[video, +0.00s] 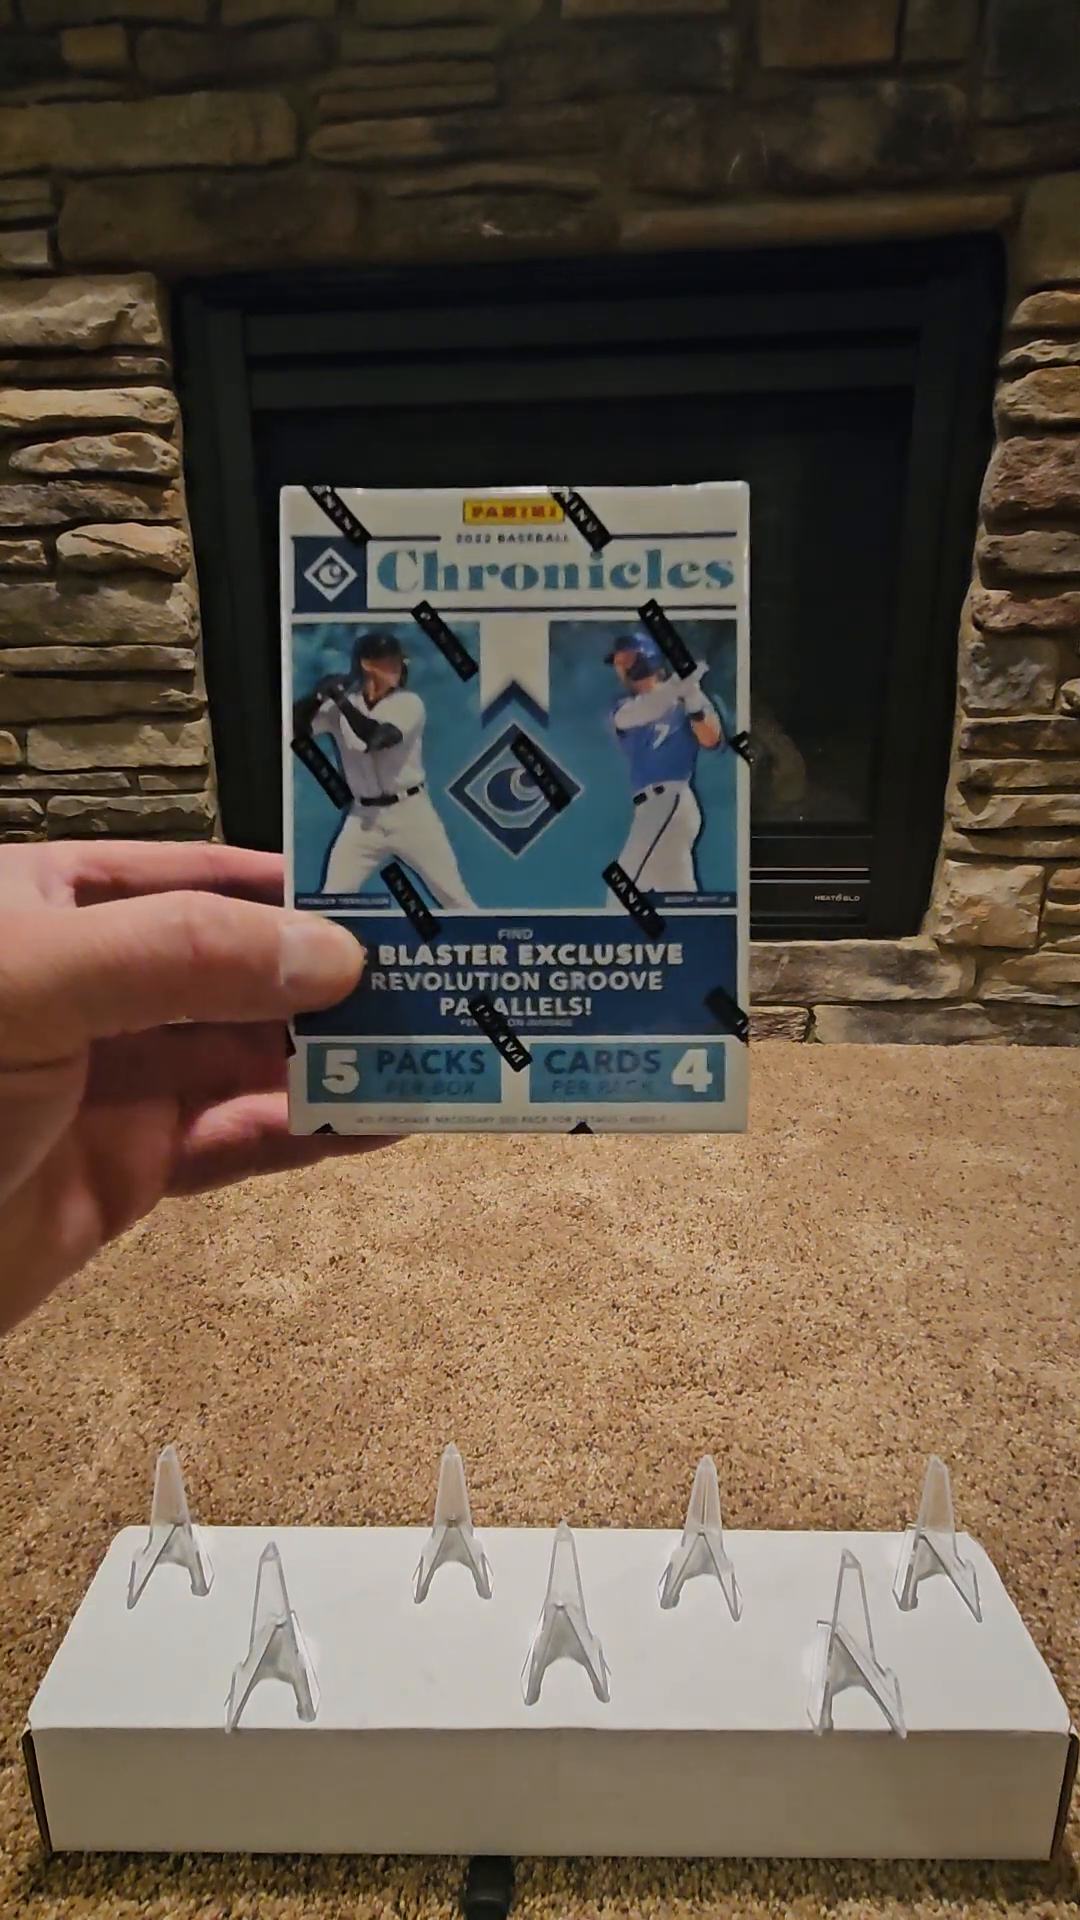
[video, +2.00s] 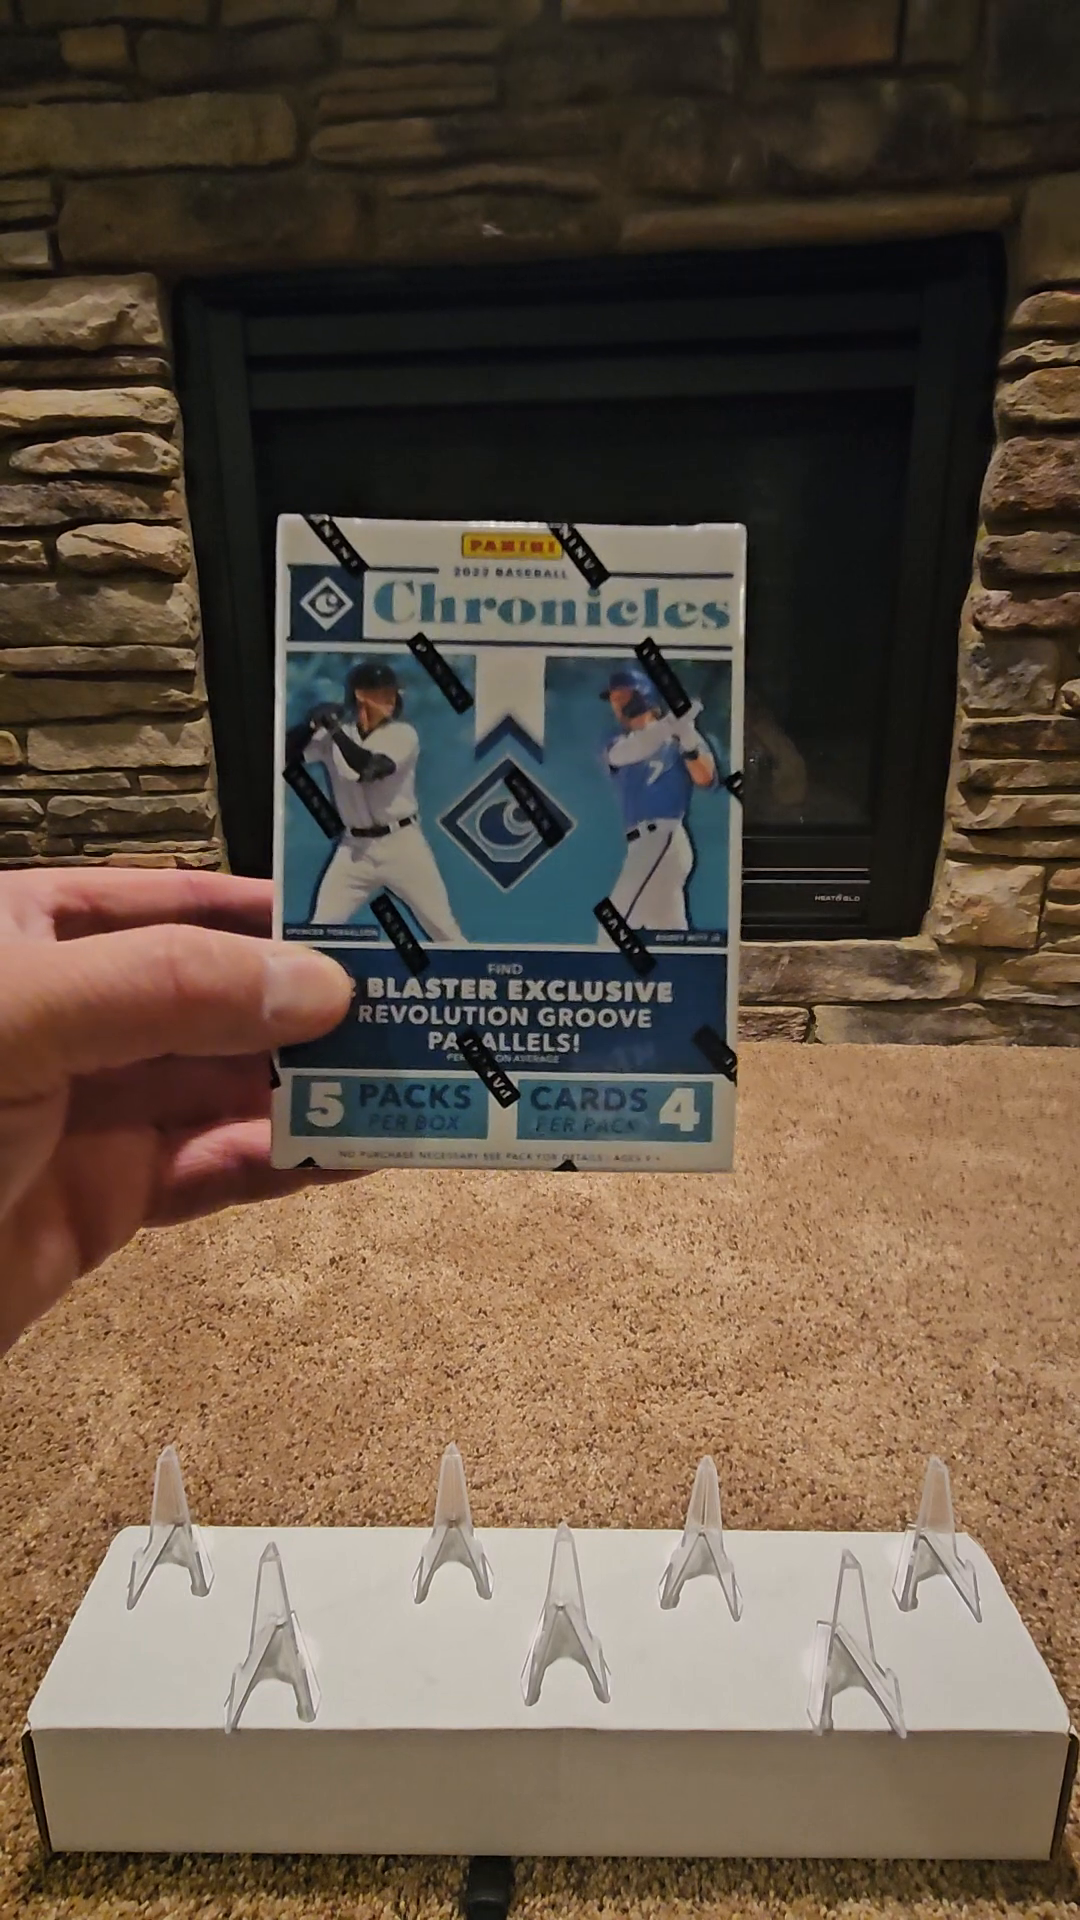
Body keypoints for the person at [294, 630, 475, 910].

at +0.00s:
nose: (396, 666)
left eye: (398, 659)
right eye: (388, 660)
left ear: (402, 664)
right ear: (366, 665)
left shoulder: (409, 703)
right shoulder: (338, 708)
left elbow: (376, 739)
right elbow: (295, 731)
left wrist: (340, 699)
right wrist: (317, 697)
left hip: (411, 813)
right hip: (363, 818)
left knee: (453, 896)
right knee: (333, 901)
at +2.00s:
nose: (392, 696)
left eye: (393, 690)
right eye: (384, 690)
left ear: (396, 694)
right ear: (361, 695)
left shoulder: (402, 734)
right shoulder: (331, 738)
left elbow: (369, 769)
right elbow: (285, 755)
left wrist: (334, 729)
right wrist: (311, 725)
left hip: (403, 845)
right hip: (354, 849)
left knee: (444, 929)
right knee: (322, 930)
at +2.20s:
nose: (397, 693)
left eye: (397, 687)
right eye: (388, 687)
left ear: (401, 692)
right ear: (366, 693)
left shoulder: (407, 732)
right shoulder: (337, 737)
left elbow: (374, 767)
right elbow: (291, 754)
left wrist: (339, 727)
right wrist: (315, 724)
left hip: (409, 844)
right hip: (359, 847)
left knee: (451, 929)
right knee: (326, 931)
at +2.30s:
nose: (395, 692)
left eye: (396, 685)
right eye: (387, 685)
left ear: (399, 691)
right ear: (364, 691)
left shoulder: (405, 730)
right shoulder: (335, 735)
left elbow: (372, 765)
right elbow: (289, 751)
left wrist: (337, 724)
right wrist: (313, 722)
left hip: (406, 841)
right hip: (357, 844)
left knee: (449, 927)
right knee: (324, 928)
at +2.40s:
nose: (393, 692)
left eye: (393, 685)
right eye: (384, 685)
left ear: (397, 690)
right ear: (361, 692)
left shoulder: (402, 730)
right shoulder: (333, 734)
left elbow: (369, 765)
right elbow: (287, 749)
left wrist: (334, 725)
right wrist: (310, 721)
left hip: (403, 841)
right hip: (354, 844)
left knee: (445, 926)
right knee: (322, 928)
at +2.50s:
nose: (392, 693)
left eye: (393, 687)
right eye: (384, 687)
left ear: (396, 692)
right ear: (361, 693)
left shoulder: (402, 731)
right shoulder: (332, 736)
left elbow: (371, 766)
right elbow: (288, 752)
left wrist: (333, 727)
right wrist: (310, 722)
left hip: (403, 844)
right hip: (354, 847)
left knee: (444, 927)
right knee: (321, 929)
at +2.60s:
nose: (389, 683)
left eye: (389, 677)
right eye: (380, 677)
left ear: (392, 682)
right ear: (357, 682)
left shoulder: (399, 720)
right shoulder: (327, 725)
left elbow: (366, 756)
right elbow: (284, 741)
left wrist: (330, 716)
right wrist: (306, 712)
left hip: (400, 832)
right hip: (351, 836)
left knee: (443, 918)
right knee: (319, 920)